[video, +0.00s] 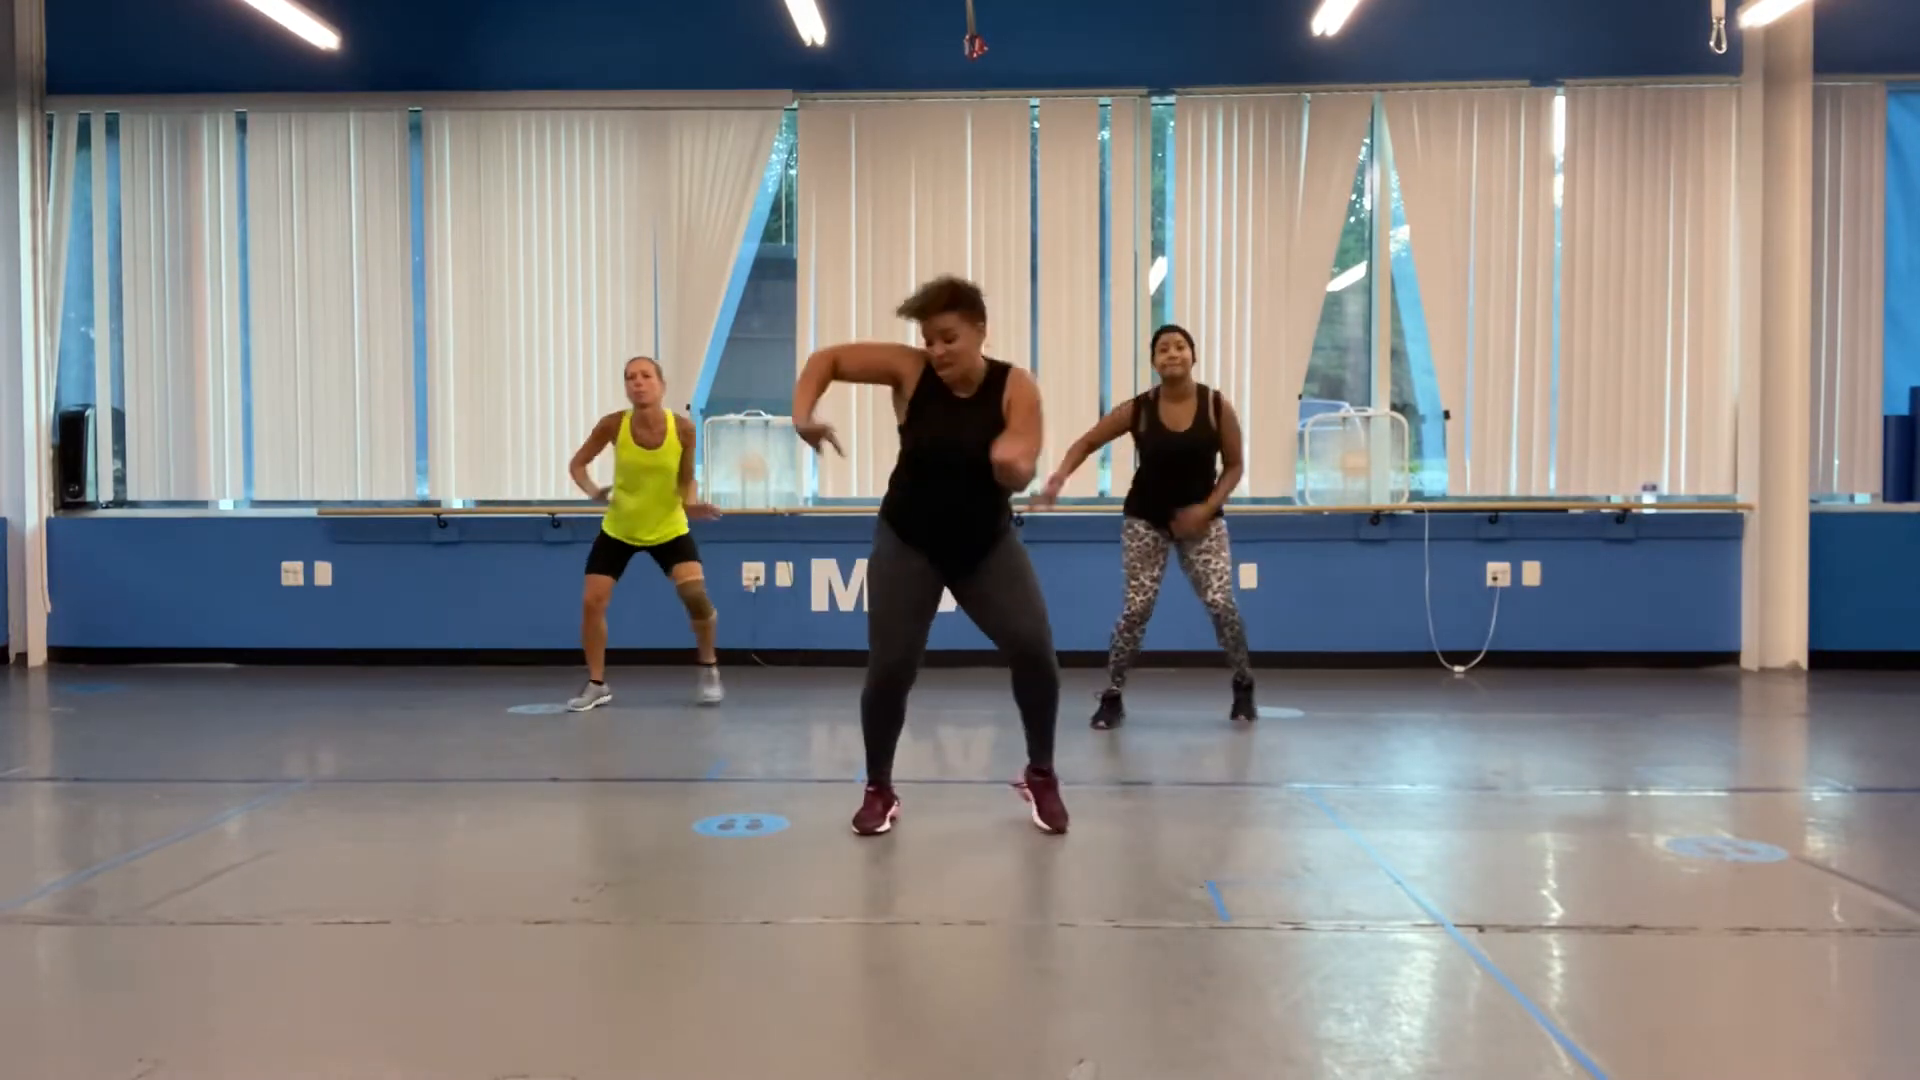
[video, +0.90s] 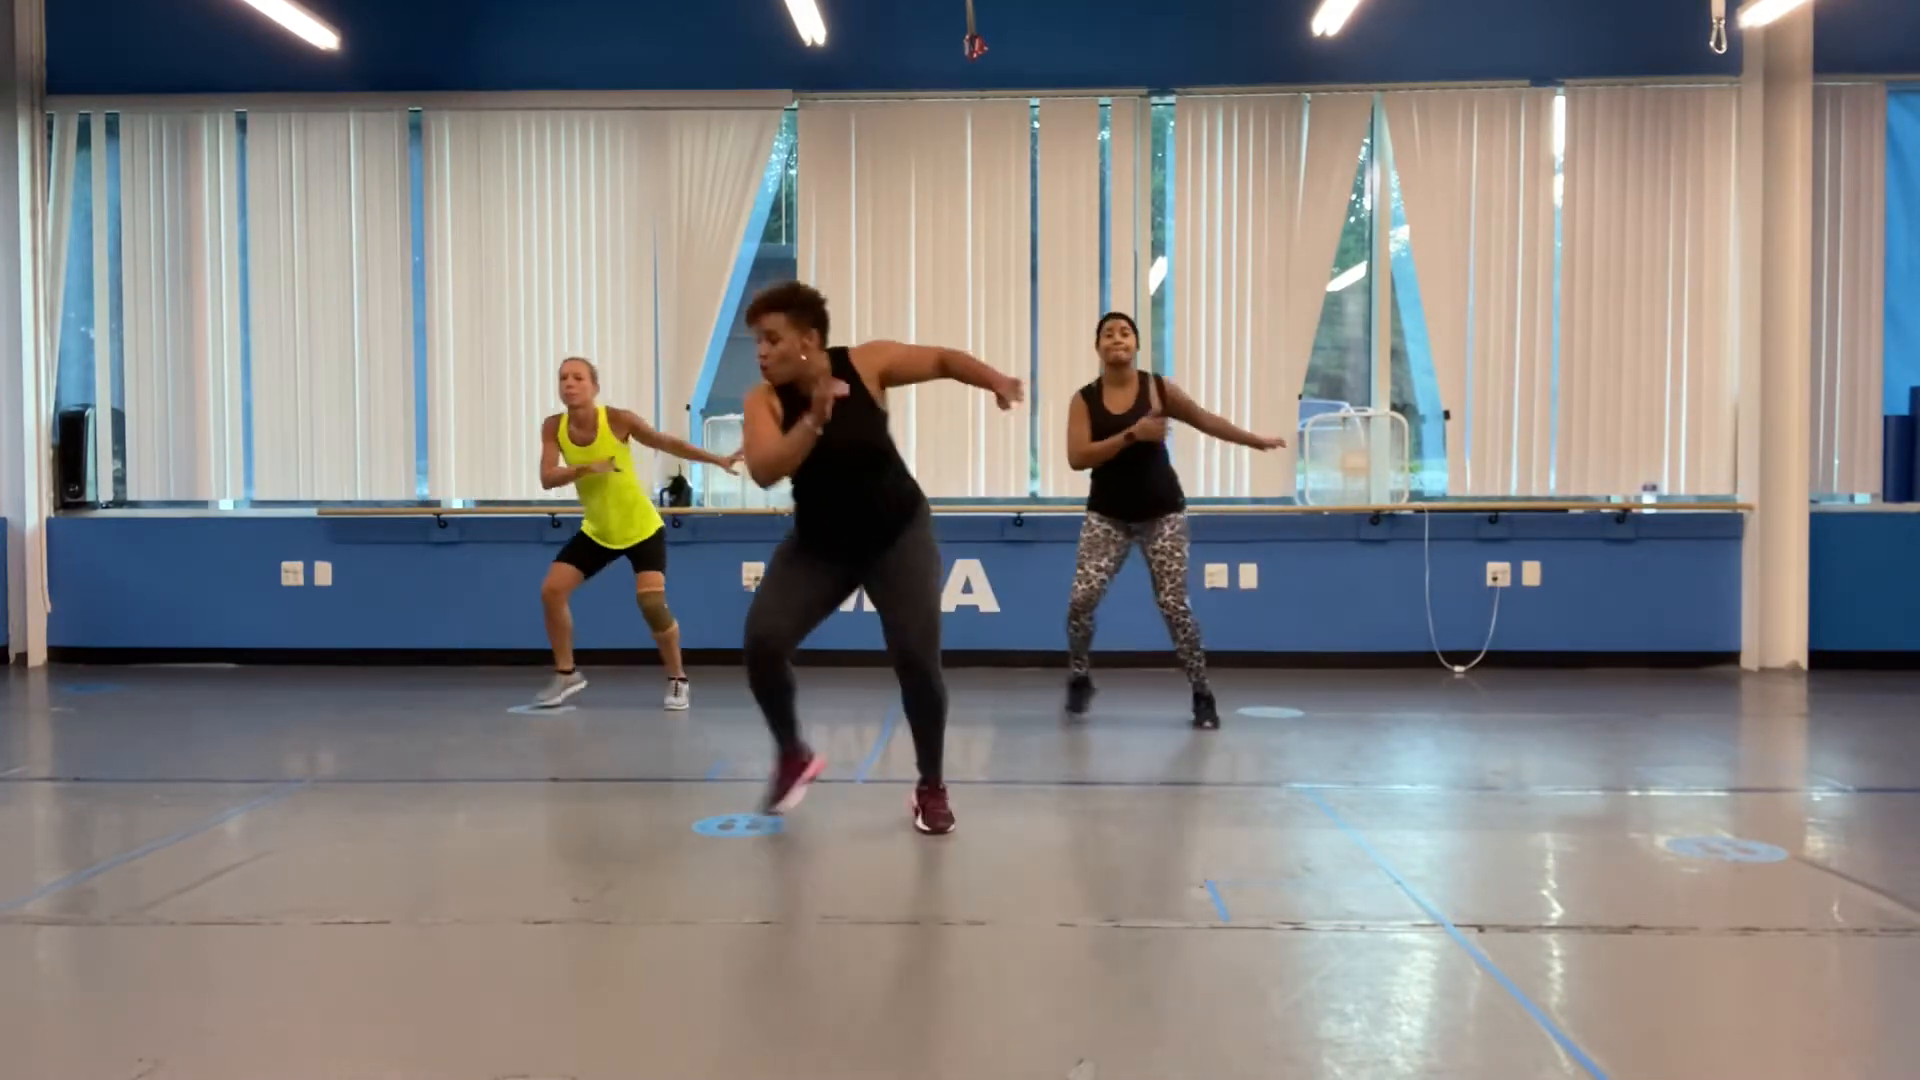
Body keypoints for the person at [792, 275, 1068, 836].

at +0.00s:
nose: (937, 350)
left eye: (949, 339)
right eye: (929, 339)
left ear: (980, 332)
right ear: (922, 337)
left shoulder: (1016, 388)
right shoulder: (908, 367)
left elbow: (1021, 467)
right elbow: (825, 359)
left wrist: (1005, 460)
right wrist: (801, 415)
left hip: (986, 545)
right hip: (907, 542)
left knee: (1035, 651)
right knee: (891, 668)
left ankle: (1041, 774)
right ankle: (878, 790)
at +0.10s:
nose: (929, 357)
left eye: (938, 345)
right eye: (925, 347)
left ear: (978, 337)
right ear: (926, 344)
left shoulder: (1027, 368)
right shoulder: (922, 372)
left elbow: (1053, 448)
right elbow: (851, 375)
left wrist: (988, 427)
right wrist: (806, 391)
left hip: (999, 537)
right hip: (922, 532)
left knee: (1040, 652)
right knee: (893, 655)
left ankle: (1058, 776)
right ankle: (867, 777)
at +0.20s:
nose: (933, 372)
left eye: (941, 360)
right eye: (930, 361)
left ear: (980, 351)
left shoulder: (1030, 376)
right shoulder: (928, 404)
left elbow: (1078, 436)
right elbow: (866, 443)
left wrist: (999, 445)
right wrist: (819, 427)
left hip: (1018, 550)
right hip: (942, 544)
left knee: (1053, 666)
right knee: (900, 650)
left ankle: (1064, 790)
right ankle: (853, 738)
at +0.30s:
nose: (922, 375)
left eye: (931, 363)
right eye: (919, 364)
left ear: (970, 357)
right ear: (958, 360)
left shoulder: (1027, 384)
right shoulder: (923, 424)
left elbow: (1087, 435)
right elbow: (906, 504)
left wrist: (1026, 471)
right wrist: (853, 474)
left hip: (1023, 557)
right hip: (945, 557)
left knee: (1056, 669)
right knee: (918, 657)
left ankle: (1064, 791)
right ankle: (861, 739)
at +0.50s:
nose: (871, 373)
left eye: (880, 360)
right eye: (869, 361)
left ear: (919, 356)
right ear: (890, 361)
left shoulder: (975, 367)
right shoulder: (880, 417)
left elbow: (1055, 367)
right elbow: (901, 511)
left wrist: (1061, 397)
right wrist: (887, 469)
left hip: (1002, 544)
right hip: (924, 552)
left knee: (1039, 665)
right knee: (857, 649)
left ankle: (1066, 789)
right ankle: (863, 758)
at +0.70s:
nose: (808, 369)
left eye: (816, 357)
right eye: (806, 357)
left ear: (853, 354)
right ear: (837, 357)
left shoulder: (916, 367)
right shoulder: (816, 413)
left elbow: (987, 367)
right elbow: (835, 496)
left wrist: (1021, 384)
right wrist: (862, 457)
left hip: (933, 545)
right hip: (855, 556)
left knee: (988, 647)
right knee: (819, 671)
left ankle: (999, 764)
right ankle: (841, 780)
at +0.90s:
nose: (760, 351)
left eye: (770, 339)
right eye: (758, 340)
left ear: (809, 340)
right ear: (783, 344)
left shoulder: (866, 364)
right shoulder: (764, 401)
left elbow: (944, 361)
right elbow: (765, 470)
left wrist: (996, 380)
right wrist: (814, 421)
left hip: (897, 536)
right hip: (821, 544)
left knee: (917, 660)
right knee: (763, 642)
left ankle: (931, 787)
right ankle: (793, 755)